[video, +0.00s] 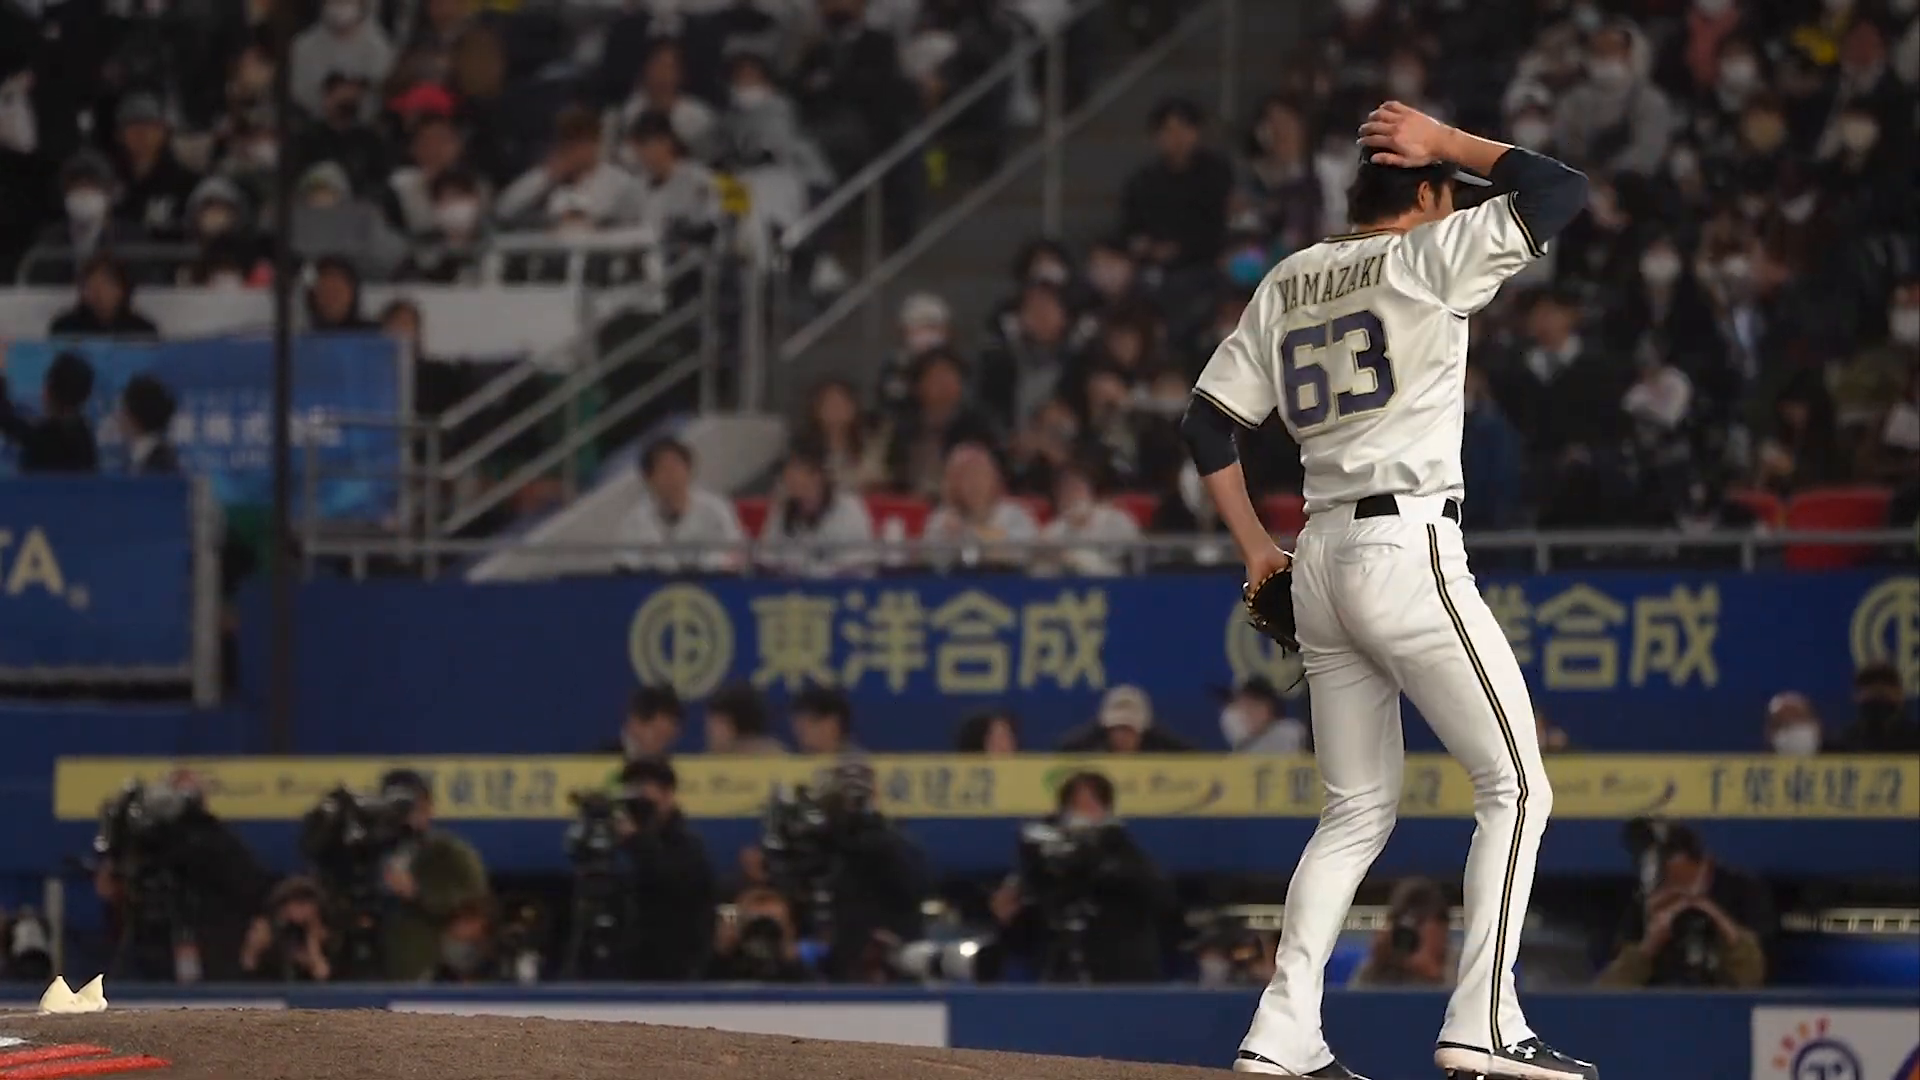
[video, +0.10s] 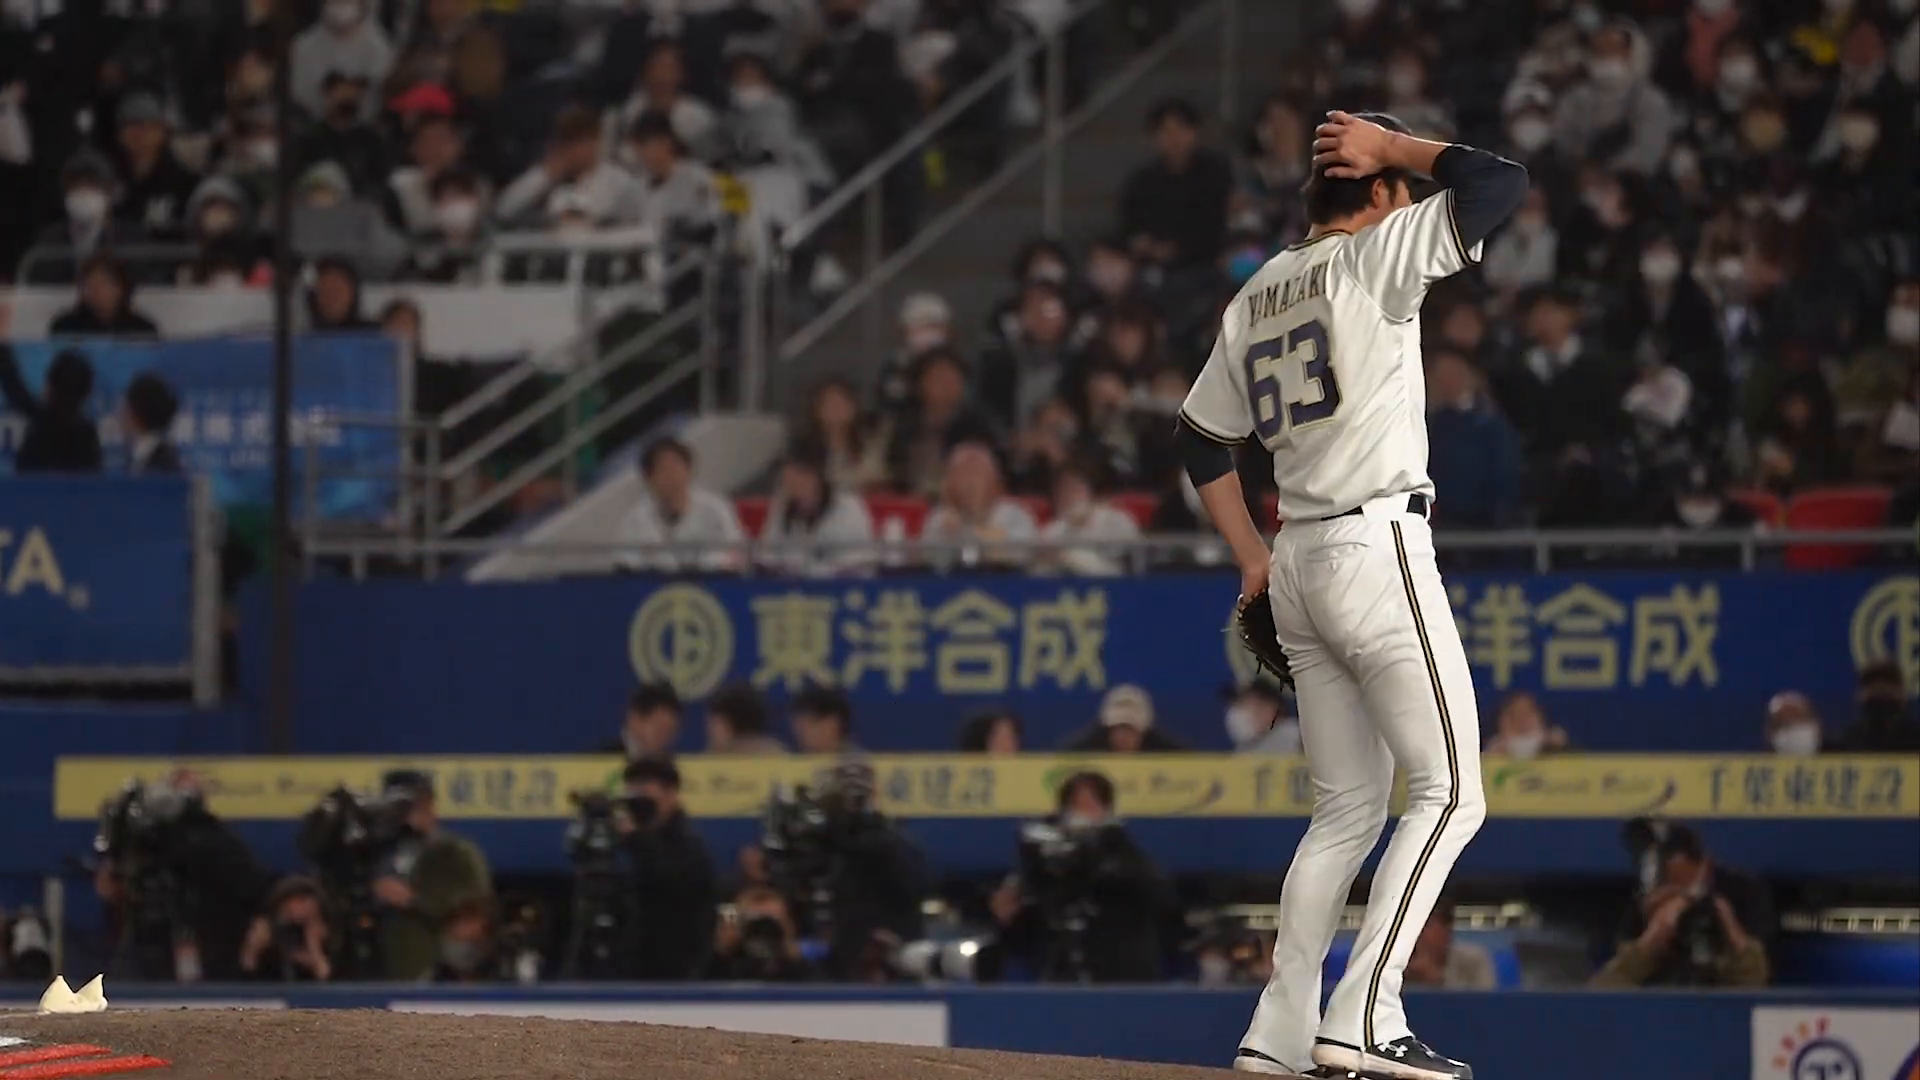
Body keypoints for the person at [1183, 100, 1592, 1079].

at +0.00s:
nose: (1457, 231)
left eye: (1453, 212)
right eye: (1451, 213)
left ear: (1362, 202)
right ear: (1427, 202)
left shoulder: (1287, 283)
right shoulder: (1431, 260)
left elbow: (1210, 417)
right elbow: (1560, 187)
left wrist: (1256, 549)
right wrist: (1450, 141)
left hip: (1318, 564)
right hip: (1409, 558)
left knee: (1355, 812)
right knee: (1517, 786)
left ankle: (1283, 1034)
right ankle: (1484, 1024)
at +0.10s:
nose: (1390, 229)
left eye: (1383, 208)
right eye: (1387, 210)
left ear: (1305, 210)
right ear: (1370, 206)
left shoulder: (1254, 298)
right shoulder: (1377, 259)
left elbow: (1203, 442)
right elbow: (1501, 177)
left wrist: (1257, 567)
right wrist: (1403, 147)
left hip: (1299, 562)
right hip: (1379, 552)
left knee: (1344, 810)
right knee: (1450, 796)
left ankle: (1280, 1028)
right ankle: (1364, 1019)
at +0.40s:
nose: (1278, 167)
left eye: (1255, 148)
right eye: (1266, 149)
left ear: (1206, 183)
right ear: (1246, 172)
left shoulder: (1161, 289)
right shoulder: (1246, 238)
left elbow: (1147, 441)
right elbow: (1348, 159)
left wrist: (1215, 544)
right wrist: (1252, 131)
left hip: (1238, 540)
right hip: (1273, 533)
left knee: (1288, 800)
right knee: (1266, 793)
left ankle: (1282, 1038)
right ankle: (1087, 971)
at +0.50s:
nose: (1239, 172)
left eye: (1234, 156)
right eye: (1230, 154)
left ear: (1166, 183)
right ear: (1195, 174)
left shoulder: (1119, 287)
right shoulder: (1198, 251)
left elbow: (1108, 437)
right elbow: (1306, 177)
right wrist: (1207, 146)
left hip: (1196, 538)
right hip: (1219, 537)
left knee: (1268, 798)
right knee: (1204, 792)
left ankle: (1280, 1035)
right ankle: (1054, 995)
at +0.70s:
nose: (1173, 173)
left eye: (1169, 157)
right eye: (1164, 158)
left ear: (1093, 169)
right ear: (1129, 164)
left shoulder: (1037, 265)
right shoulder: (1104, 258)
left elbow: (1040, 432)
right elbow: (1224, 309)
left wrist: (1152, 562)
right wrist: (1222, 190)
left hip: (1095, 528)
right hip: (1110, 529)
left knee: (1204, 770)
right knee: (1095, 784)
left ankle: (1219, 1015)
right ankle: (1031, 1018)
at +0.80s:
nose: (1125, 159)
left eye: (1120, 144)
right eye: (1115, 143)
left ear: (1050, 158)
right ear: (1079, 154)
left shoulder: (996, 256)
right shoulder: (1064, 248)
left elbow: (988, 408)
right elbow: (1130, 378)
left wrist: (1110, 562)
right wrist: (1262, 309)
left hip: (1055, 526)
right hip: (1070, 528)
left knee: (1167, 757)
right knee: (1071, 773)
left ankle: (1101, 988)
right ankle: (1032, 1014)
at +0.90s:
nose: (1073, 159)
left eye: (1067, 142)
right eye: (1063, 143)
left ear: (1002, 159)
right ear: (1029, 154)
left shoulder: (944, 262)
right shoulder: (1022, 255)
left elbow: (943, 417)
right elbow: (1044, 402)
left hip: (987, 520)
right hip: (1032, 521)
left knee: (1102, 759)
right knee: (1050, 772)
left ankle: (959, 946)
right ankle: (1028, 1011)